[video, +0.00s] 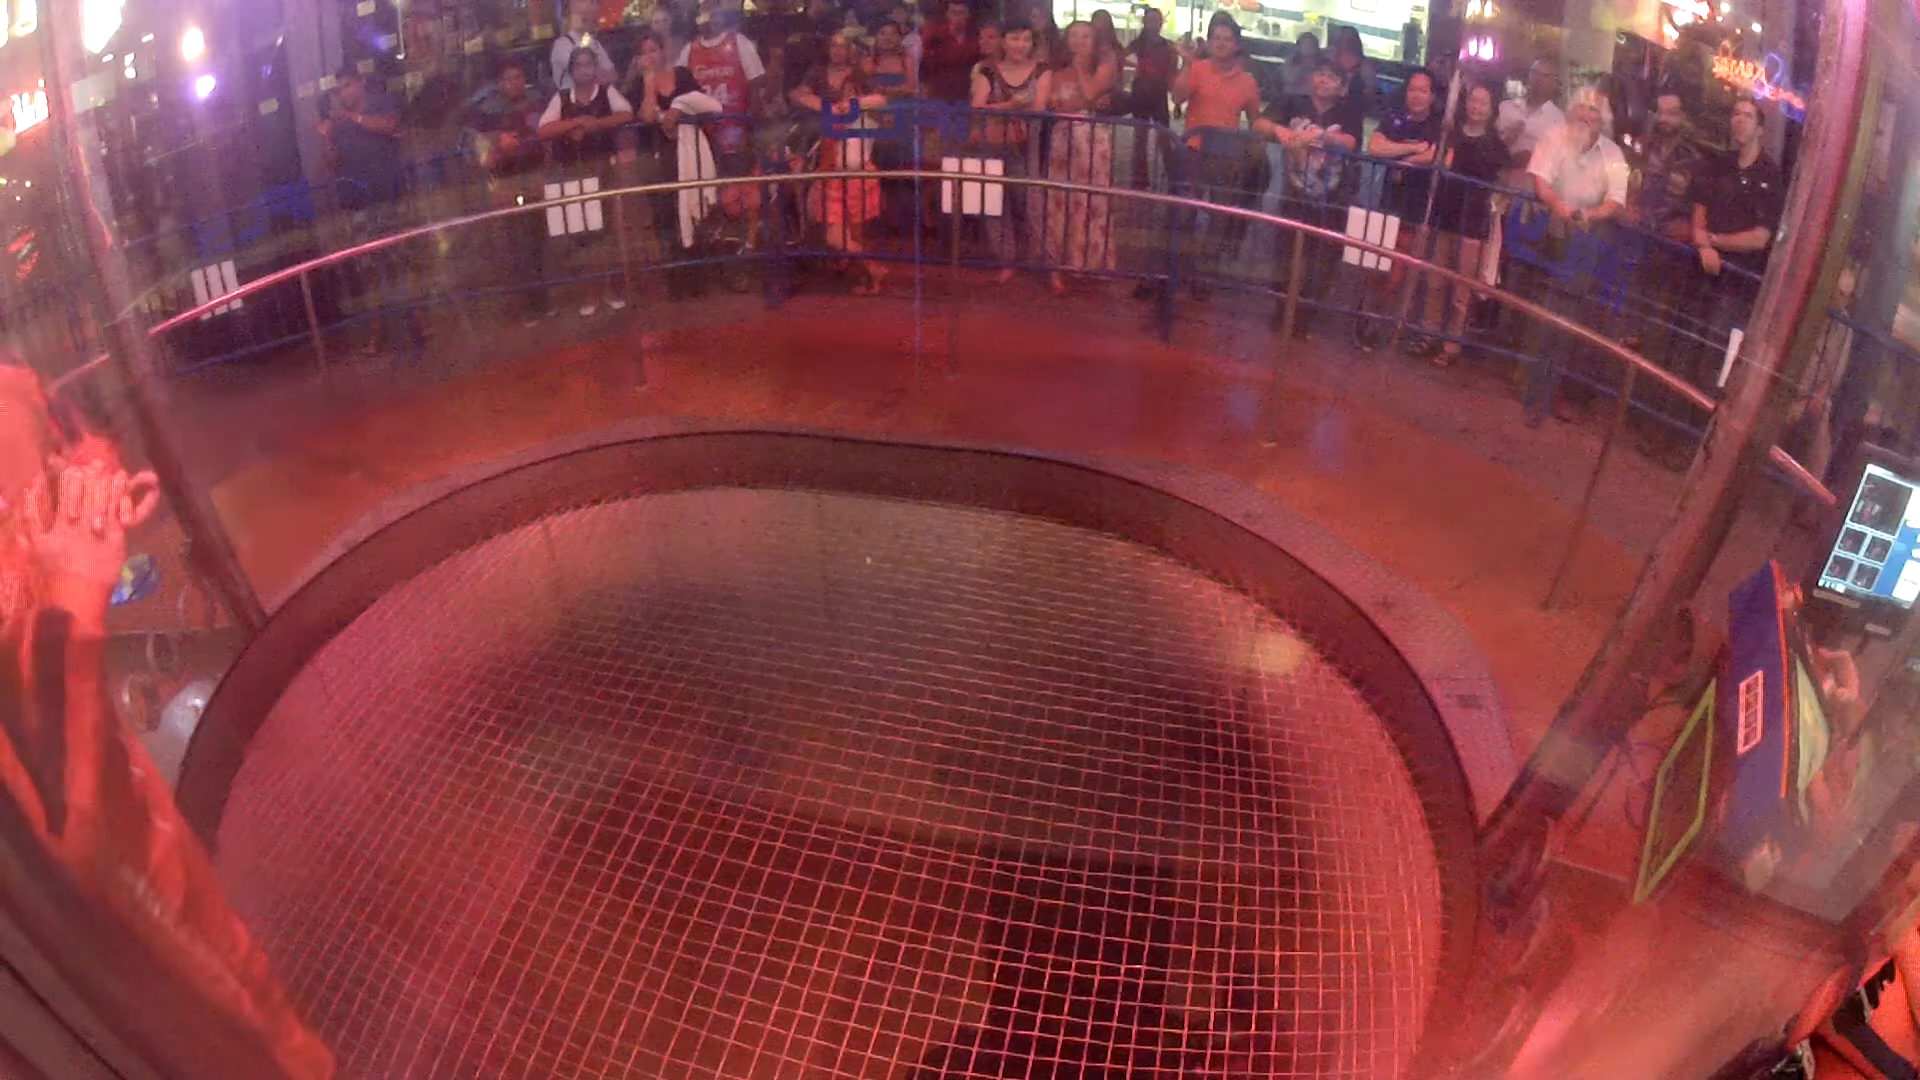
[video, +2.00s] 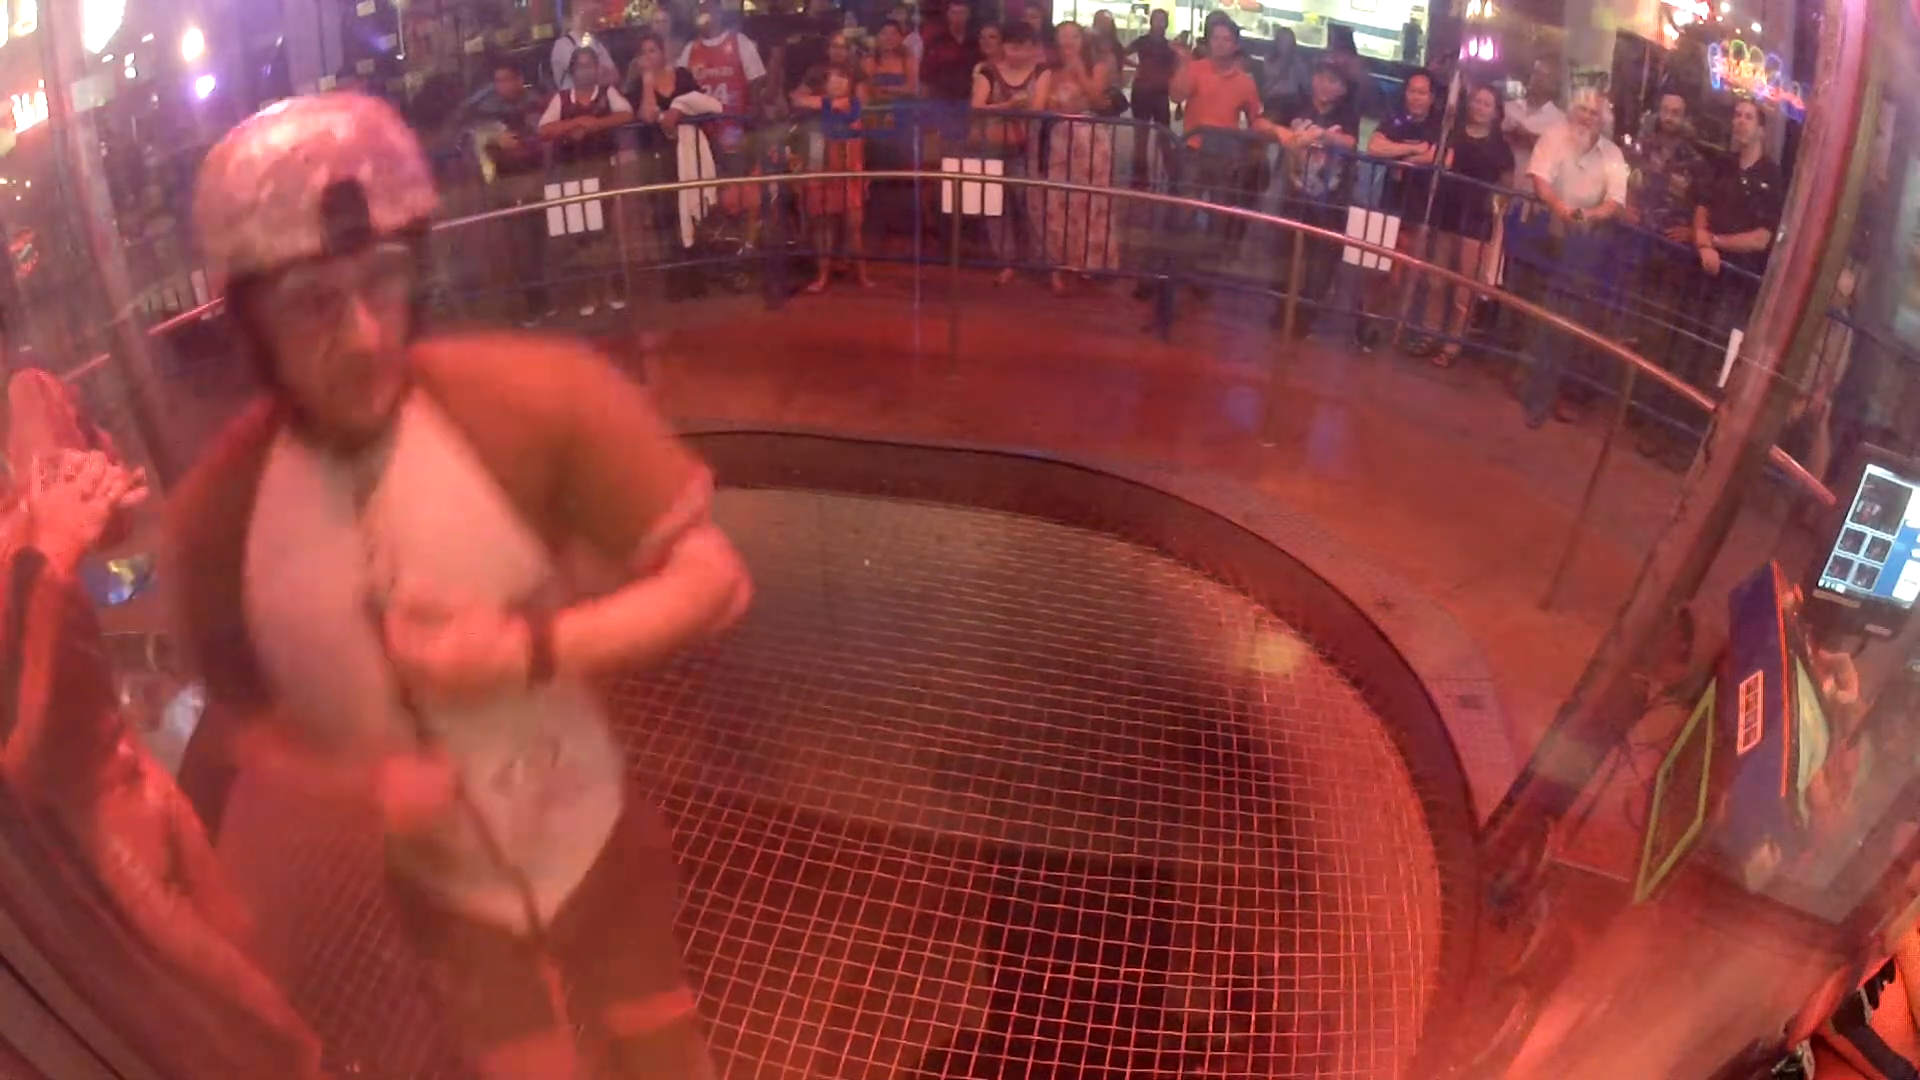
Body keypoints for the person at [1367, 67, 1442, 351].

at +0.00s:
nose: (1416, 95)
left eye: (1422, 90)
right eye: (1412, 89)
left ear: (1433, 96)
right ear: (1405, 93)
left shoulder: (1439, 126)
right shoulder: (1393, 119)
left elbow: (1439, 158)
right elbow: (1375, 147)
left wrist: (1402, 159)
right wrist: (1415, 148)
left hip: (1422, 214)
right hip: (1389, 209)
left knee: (1410, 275)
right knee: (1378, 268)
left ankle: (1399, 326)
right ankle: (1366, 320)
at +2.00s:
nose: (1416, 97)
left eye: (1422, 92)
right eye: (1412, 91)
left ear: (1432, 98)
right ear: (1404, 94)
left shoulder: (1439, 128)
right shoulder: (1394, 121)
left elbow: (1440, 159)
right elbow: (1375, 147)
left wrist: (1401, 158)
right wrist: (1415, 148)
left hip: (1422, 212)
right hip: (1389, 208)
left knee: (1410, 274)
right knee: (1378, 269)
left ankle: (1399, 326)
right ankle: (1369, 322)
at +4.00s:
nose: (1417, 99)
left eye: (1423, 93)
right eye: (1412, 93)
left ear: (1433, 98)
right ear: (1405, 95)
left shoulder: (1439, 129)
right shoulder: (1394, 121)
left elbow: (1441, 160)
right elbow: (1375, 148)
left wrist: (1406, 158)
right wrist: (1416, 148)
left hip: (1420, 214)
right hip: (1389, 209)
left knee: (1405, 276)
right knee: (1379, 271)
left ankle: (1394, 326)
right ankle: (1369, 319)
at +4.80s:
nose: (1419, 99)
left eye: (1425, 94)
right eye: (1414, 93)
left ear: (1433, 99)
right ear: (1405, 95)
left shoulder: (1438, 129)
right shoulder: (1395, 121)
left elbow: (1440, 159)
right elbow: (1375, 148)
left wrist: (1404, 158)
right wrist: (1416, 149)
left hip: (1421, 214)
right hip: (1390, 210)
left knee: (1407, 276)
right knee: (1380, 271)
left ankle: (1395, 326)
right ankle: (1369, 321)